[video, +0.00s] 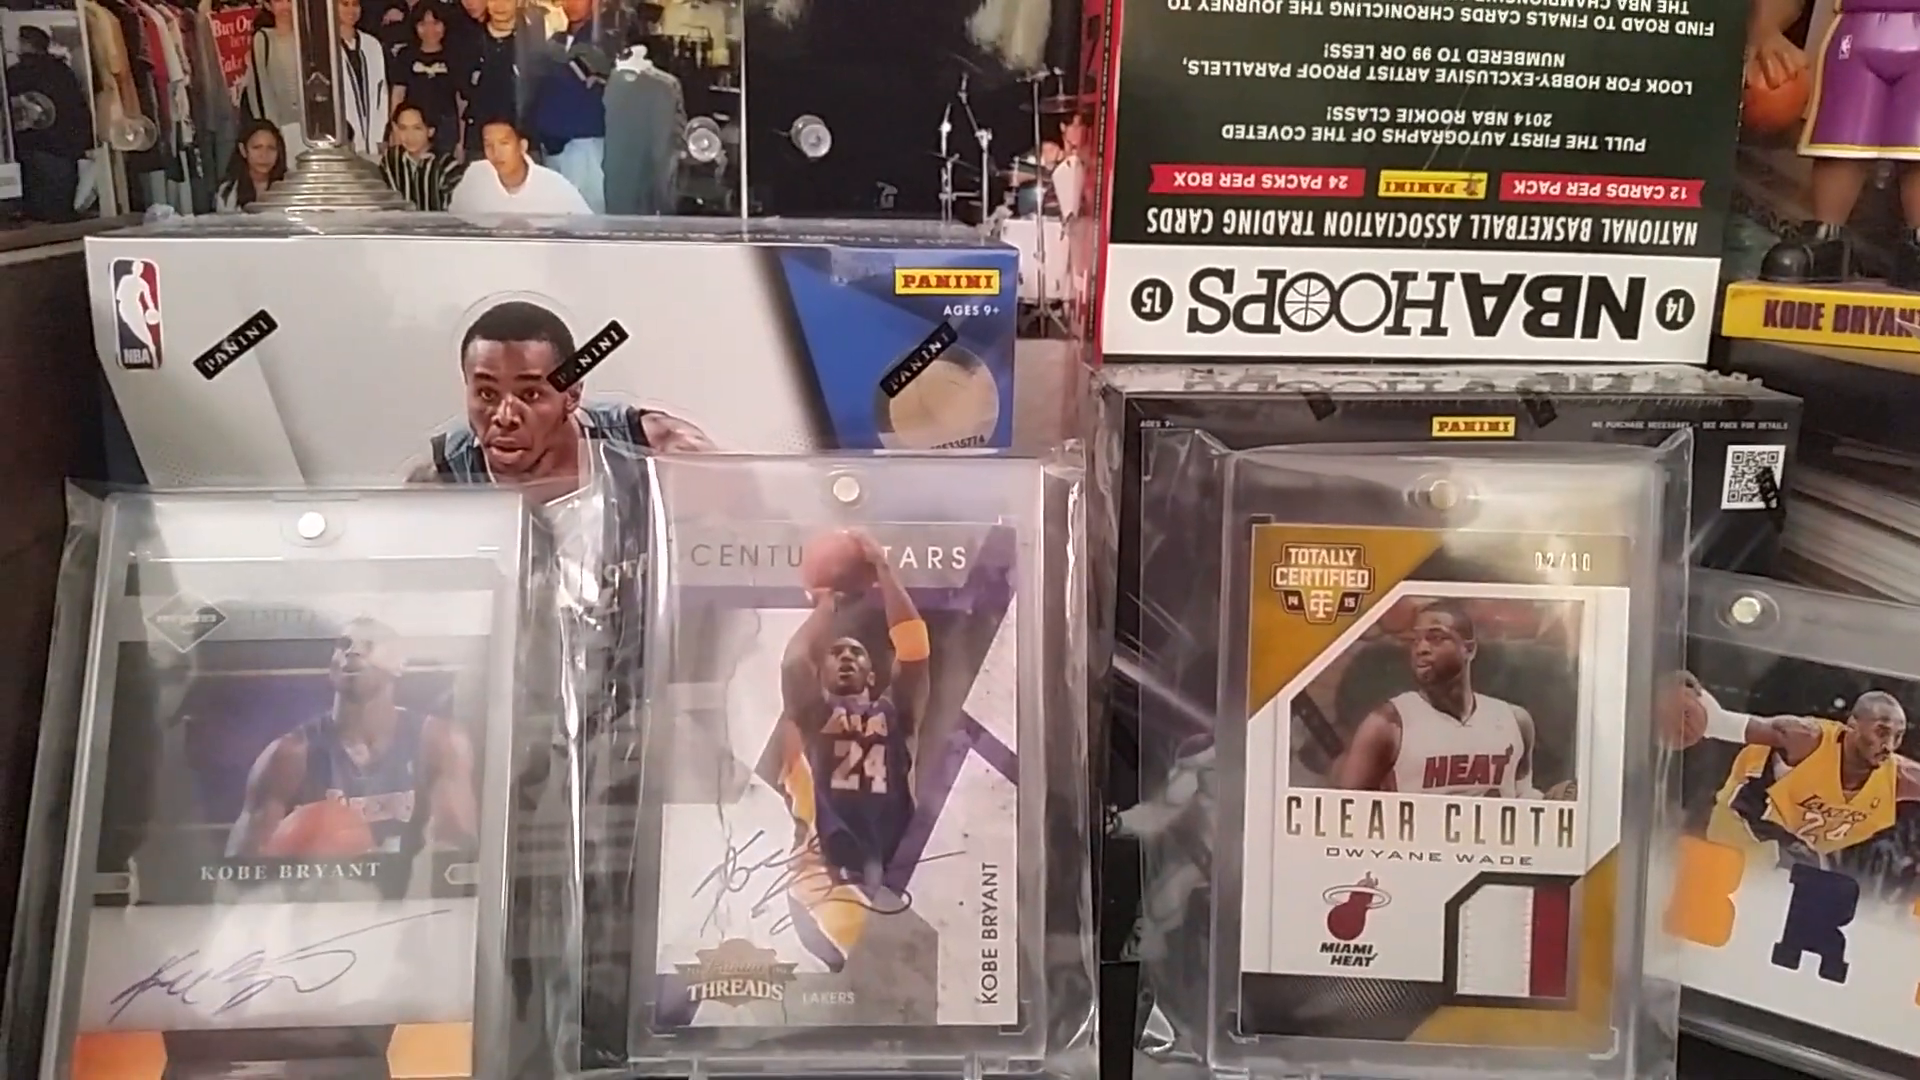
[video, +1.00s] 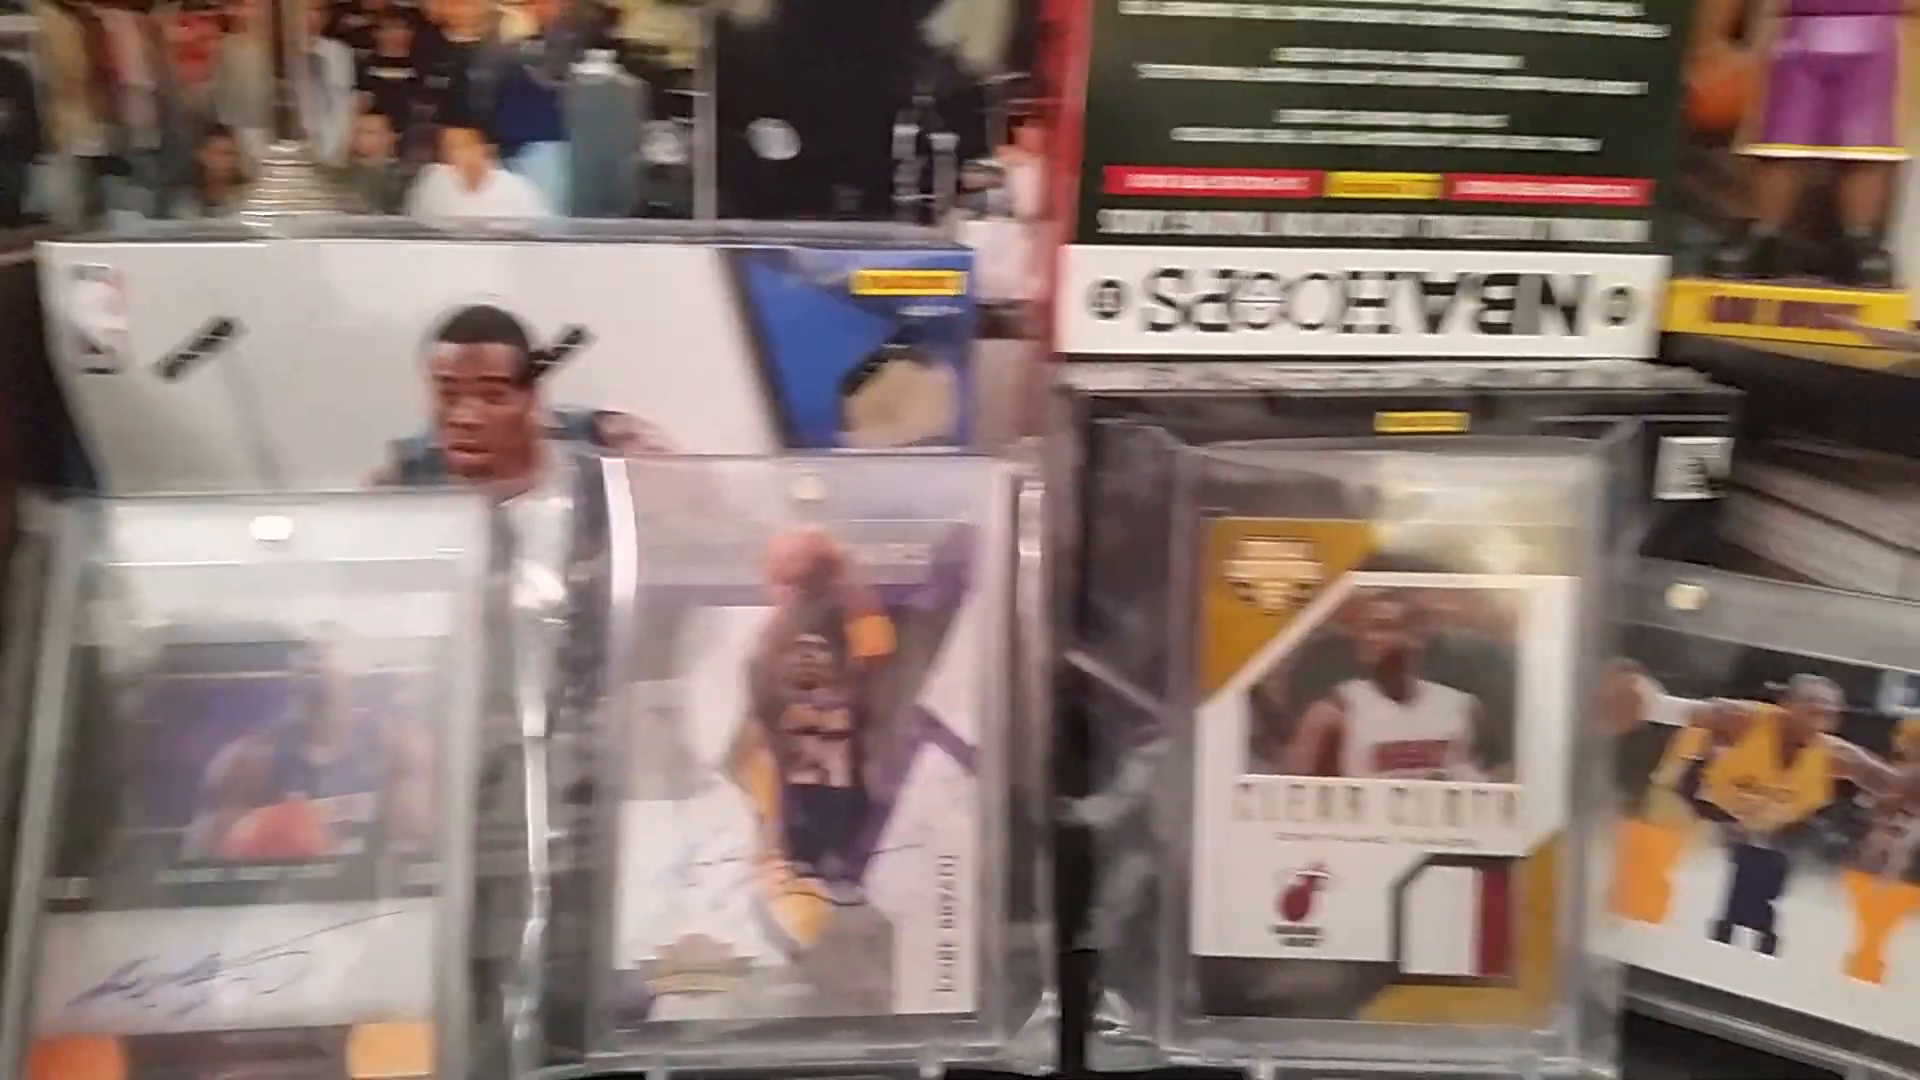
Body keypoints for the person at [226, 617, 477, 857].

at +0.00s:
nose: (351, 654)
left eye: (369, 646)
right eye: (343, 645)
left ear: (398, 663)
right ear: (330, 661)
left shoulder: (442, 743)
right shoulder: (286, 757)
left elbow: (455, 849)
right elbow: (238, 869)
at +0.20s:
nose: (367, 671)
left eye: (378, 660)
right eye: (356, 660)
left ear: (405, 674)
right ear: (343, 671)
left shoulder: (454, 742)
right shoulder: (303, 752)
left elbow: (469, 841)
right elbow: (263, 851)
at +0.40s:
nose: (410, 653)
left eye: (426, 642)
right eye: (403, 643)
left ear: (453, 660)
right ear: (391, 659)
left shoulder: (498, 733)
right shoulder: (351, 744)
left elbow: (513, 829)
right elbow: (302, 848)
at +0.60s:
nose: (440, 642)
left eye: (456, 632)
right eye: (430, 631)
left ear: (480, 649)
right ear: (415, 647)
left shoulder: (522, 727)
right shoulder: (374, 740)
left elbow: (533, 823)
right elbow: (322, 853)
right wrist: (383, 820)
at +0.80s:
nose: (429, 646)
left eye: (445, 637)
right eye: (420, 636)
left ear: (469, 654)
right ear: (406, 651)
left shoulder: (511, 731)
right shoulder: (362, 743)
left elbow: (524, 829)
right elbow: (315, 848)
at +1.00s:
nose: (315, 682)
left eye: (327, 670)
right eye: (304, 671)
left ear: (355, 679)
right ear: (290, 681)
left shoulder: (401, 747)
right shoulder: (243, 762)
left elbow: (412, 846)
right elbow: (199, 851)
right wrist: (269, 834)